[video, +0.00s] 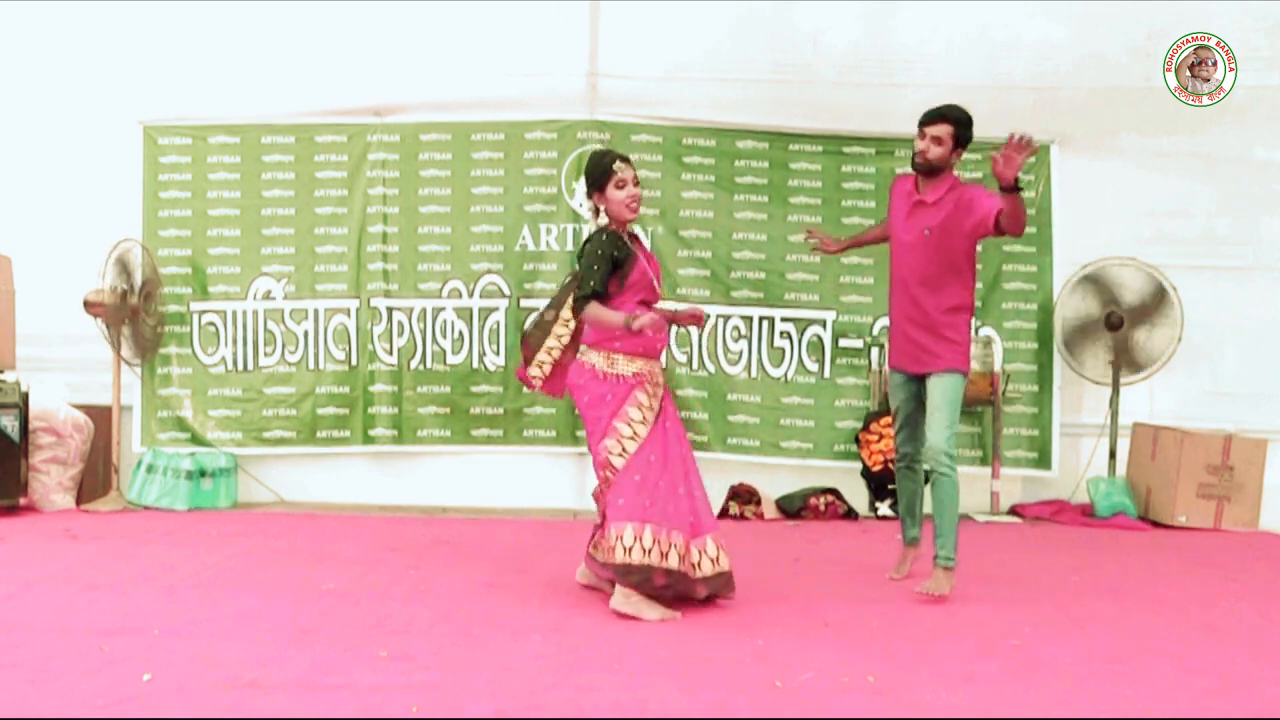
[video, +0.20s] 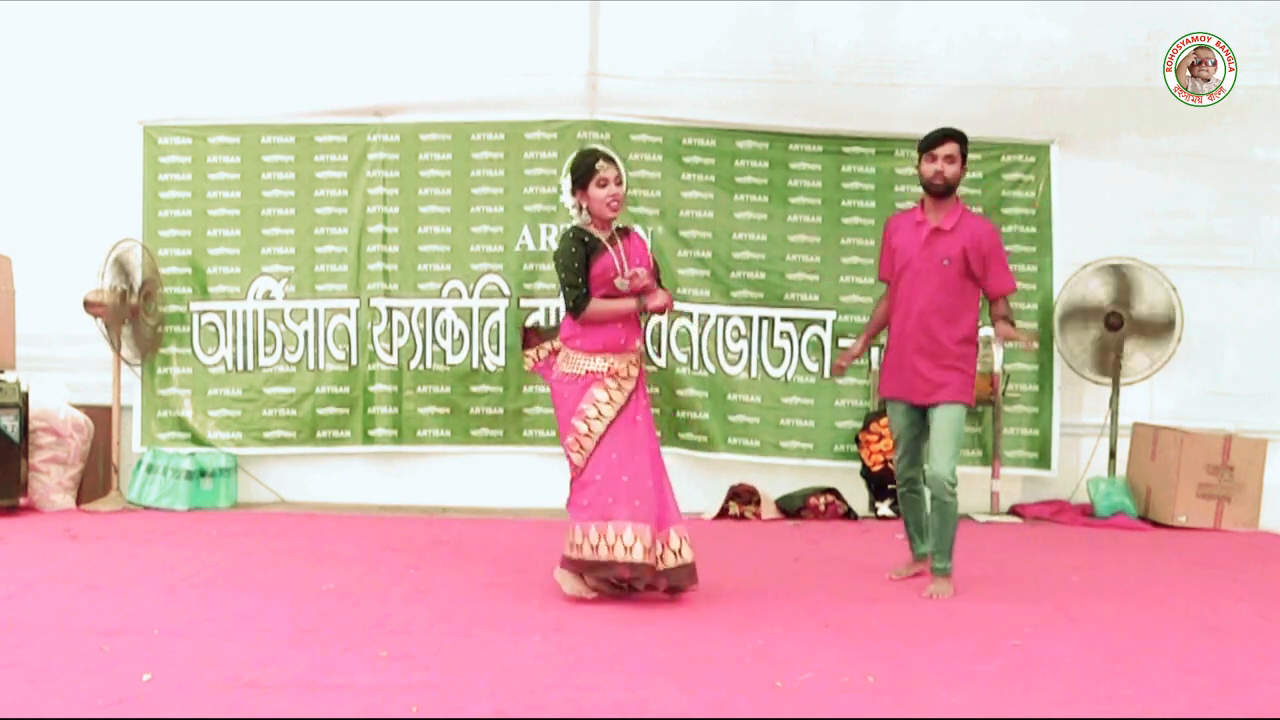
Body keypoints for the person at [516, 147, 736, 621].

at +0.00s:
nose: (634, 193)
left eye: (636, 184)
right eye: (621, 187)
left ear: (640, 189)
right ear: (598, 198)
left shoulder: (634, 242)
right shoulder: (603, 242)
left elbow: (635, 304)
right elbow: (584, 305)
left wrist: (676, 315)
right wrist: (626, 322)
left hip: (634, 372)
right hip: (610, 374)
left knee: (636, 467)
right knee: (647, 468)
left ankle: (598, 561)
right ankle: (631, 590)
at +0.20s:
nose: (615, 193)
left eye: (619, 184)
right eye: (603, 185)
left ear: (625, 188)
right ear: (581, 195)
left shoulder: (635, 239)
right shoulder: (573, 242)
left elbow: (660, 293)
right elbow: (580, 308)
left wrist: (647, 286)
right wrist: (641, 304)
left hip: (626, 364)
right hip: (583, 366)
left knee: (636, 457)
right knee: (601, 460)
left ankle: (630, 562)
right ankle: (579, 562)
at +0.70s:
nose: (591, 185)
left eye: (595, 176)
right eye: (580, 178)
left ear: (603, 182)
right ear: (559, 187)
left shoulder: (622, 241)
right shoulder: (544, 240)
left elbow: (632, 306)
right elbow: (520, 303)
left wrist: (628, 362)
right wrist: (513, 361)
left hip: (603, 364)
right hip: (550, 363)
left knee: (598, 456)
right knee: (551, 455)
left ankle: (590, 556)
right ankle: (551, 554)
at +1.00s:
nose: (600, 204)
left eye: (606, 194)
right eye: (588, 196)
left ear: (615, 198)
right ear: (570, 204)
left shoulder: (637, 252)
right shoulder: (560, 256)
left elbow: (641, 313)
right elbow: (549, 323)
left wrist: (633, 358)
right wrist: (566, 375)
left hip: (614, 368)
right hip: (564, 366)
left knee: (605, 458)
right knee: (563, 456)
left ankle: (596, 557)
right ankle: (558, 552)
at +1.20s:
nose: (633, 219)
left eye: (637, 209)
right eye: (622, 213)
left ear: (645, 209)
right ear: (602, 220)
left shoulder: (665, 262)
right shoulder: (590, 263)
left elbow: (668, 328)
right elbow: (575, 331)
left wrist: (674, 390)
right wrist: (617, 369)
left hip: (639, 369)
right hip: (587, 368)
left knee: (633, 457)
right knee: (584, 455)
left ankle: (625, 559)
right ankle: (543, 544)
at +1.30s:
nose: (645, 234)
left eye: (650, 223)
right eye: (633, 226)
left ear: (658, 223)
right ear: (613, 233)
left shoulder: (676, 269)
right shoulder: (606, 281)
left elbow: (678, 331)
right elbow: (591, 350)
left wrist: (663, 388)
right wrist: (610, 410)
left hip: (651, 382)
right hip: (603, 381)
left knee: (650, 462)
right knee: (614, 459)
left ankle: (638, 563)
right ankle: (598, 557)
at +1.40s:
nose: (659, 235)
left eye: (664, 224)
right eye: (648, 228)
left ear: (673, 225)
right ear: (629, 235)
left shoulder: (689, 268)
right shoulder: (622, 283)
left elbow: (692, 331)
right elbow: (618, 352)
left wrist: (681, 389)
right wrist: (623, 411)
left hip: (668, 379)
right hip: (622, 380)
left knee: (672, 458)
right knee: (636, 458)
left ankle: (661, 559)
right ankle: (625, 554)